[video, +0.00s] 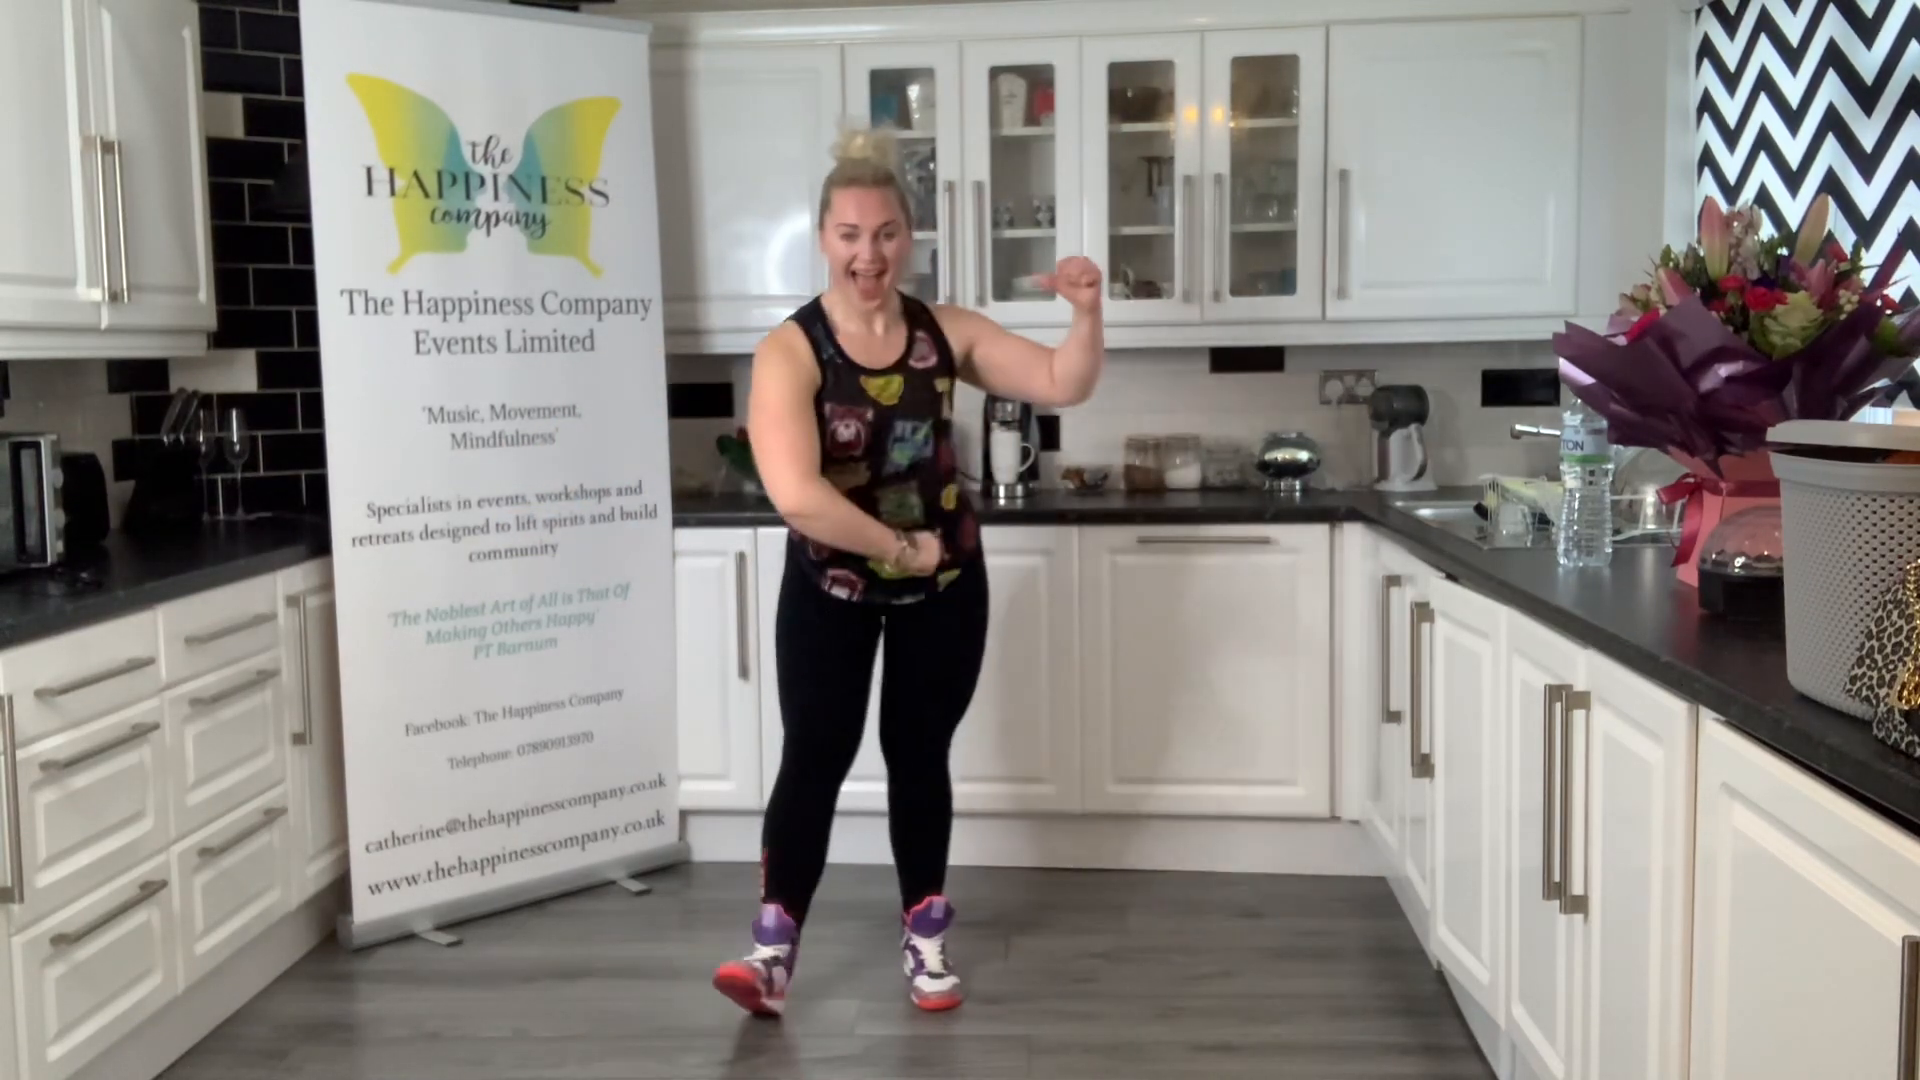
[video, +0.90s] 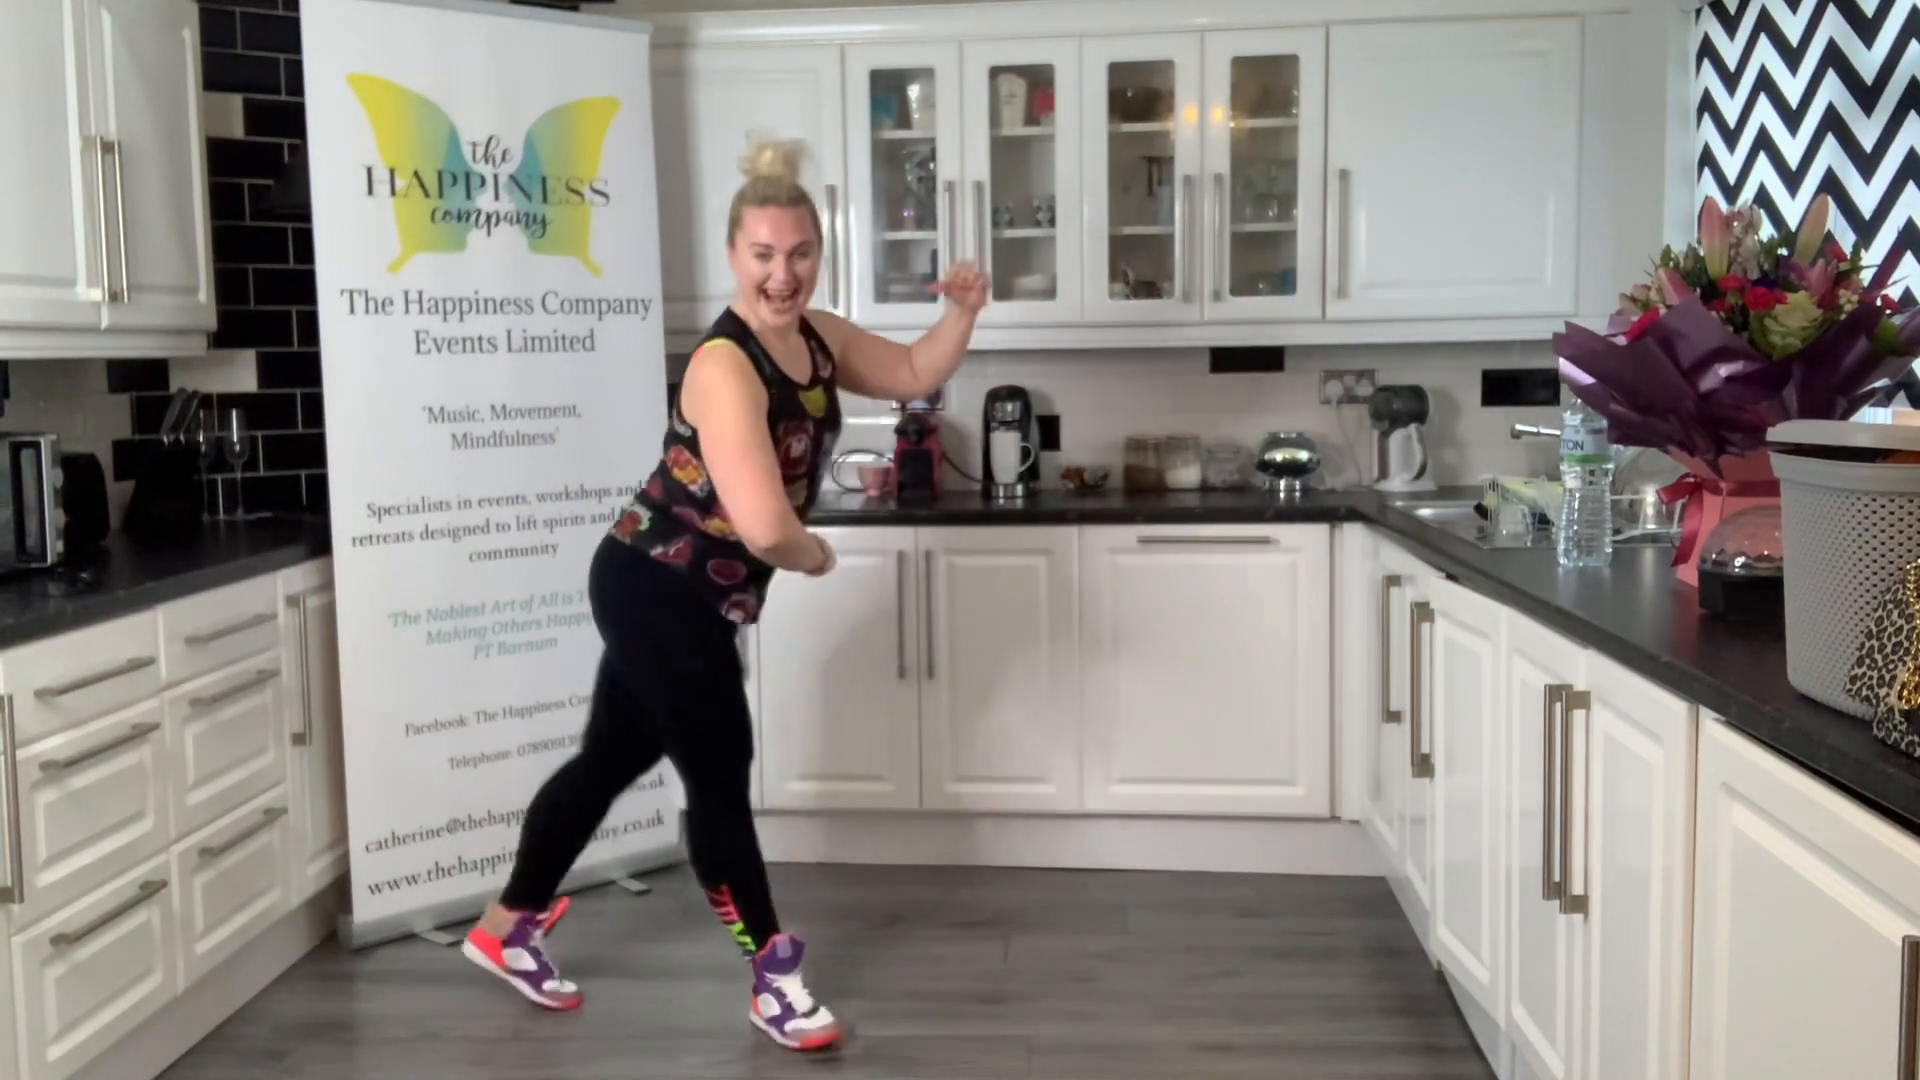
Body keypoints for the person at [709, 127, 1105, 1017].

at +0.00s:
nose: (867, 254)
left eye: (885, 234)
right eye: (848, 235)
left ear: (910, 237)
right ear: (822, 238)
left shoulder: (947, 329)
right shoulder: (788, 353)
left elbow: (1064, 384)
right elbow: (794, 495)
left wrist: (1088, 313)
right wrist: (901, 547)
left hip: (941, 585)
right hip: (830, 587)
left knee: (920, 755)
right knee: (814, 756)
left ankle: (925, 940)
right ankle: (773, 946)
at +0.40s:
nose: (851, 257)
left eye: (868, 238)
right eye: (831, 239)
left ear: (886, 239)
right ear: (800, 241)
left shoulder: (890, 321)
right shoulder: (787, 353)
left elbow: (984, 357)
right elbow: (857, 506)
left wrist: (1037, 295)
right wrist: (915, 540)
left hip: (832, 568)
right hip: (739, 575)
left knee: (909, 723)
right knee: (777, 759)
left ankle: (916, 917)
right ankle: (777, 971)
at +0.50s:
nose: (843, 293)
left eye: (860, 275)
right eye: (825, 274)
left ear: (880, 274)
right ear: (793, 273)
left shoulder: (876, 344)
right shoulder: (779, 379)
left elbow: (966, 378)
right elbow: (853, 535)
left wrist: (1024, 314)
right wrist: (898, 562)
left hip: (800, 585)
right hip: (706, 589)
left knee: (915, 686)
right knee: (770, 771)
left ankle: (826, 841)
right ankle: (778, 975)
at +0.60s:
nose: (828, 302)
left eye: (845, 284)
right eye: (810, 283)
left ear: (865, 284)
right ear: (778, 283)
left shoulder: (862, 357)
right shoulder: (763, 394)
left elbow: (951, 388)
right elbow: (830, 554)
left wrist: (1008, 326)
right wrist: (878, 576)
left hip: (780, 597)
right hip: (690, 602)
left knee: (884, 719)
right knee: (774, 771)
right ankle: (780, 979)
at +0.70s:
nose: (808, 290)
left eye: (826, 271)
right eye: (789, 271)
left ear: (846, 273)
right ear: (760, 272)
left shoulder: (845, 352)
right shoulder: (746, 386)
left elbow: (938, 385)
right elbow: (803, 546)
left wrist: (993, 321)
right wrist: (854, 567)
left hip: (761, 601)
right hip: (680, 597)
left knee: (817, 772)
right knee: (769, 773)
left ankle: (628, 797)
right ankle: (780, 980)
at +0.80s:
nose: (796, 274)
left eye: (813, 254)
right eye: (776, 255)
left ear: (833, 252)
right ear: (745, 255)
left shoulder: (835, 338)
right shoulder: (736, 369)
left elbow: (926, 376)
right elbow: (782, 530)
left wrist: (980, 311)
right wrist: (829, 554)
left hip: (737, 594)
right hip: (673, 583)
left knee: (703, 775)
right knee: (756, 762)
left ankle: (537, 887)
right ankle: (779, 978)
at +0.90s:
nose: (782, 270)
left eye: (798, 252)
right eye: (762, 253)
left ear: (820, 252)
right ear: (733, 255)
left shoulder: (819, 335)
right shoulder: (723, 366)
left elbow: (912, 375)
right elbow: (766, 529)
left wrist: (962, 312)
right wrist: (810, 553)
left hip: (701, 584)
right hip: (655, 580)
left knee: (609, 759)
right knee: (718, 766)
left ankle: (509, 925)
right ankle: (772, 971)